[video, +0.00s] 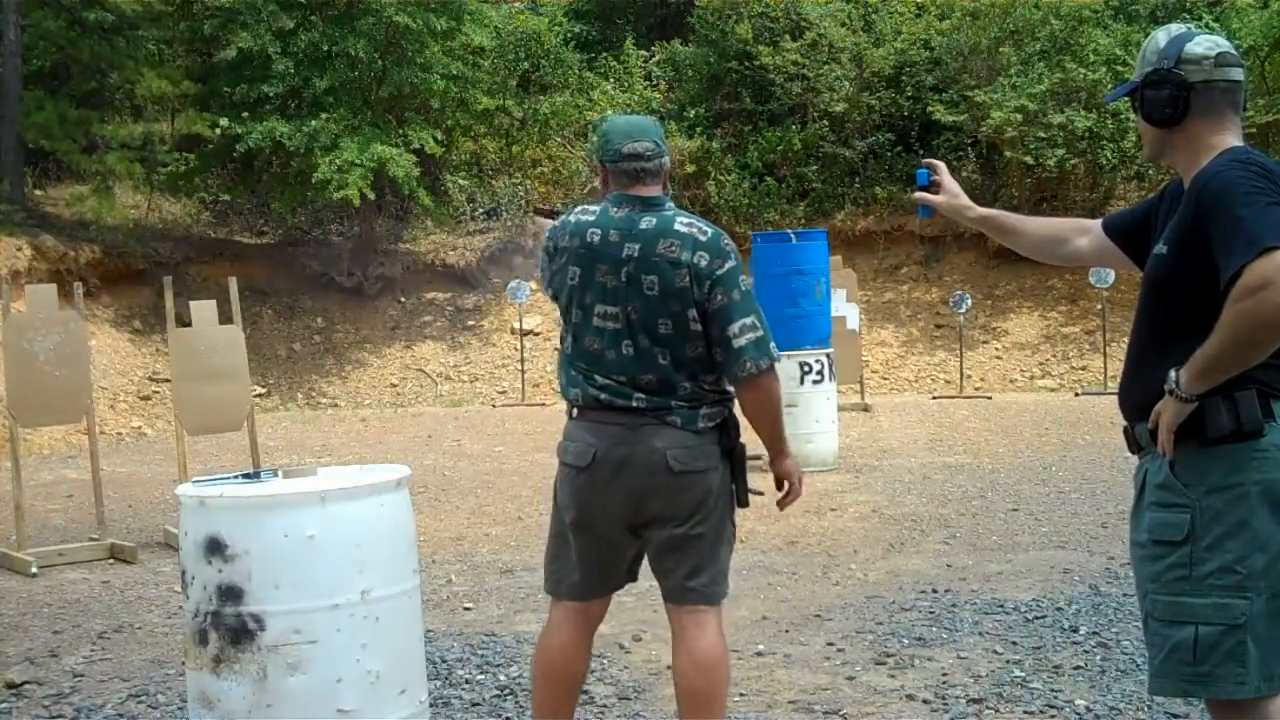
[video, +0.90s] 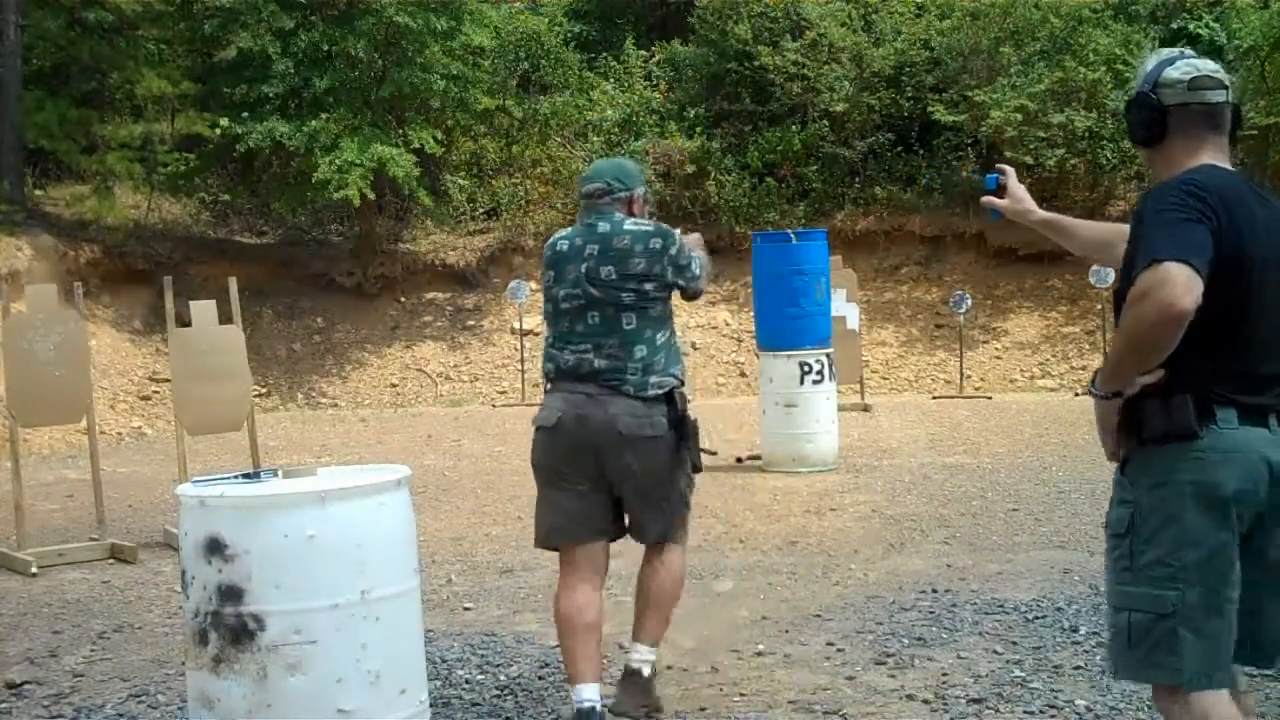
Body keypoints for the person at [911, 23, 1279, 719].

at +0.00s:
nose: (1137, 117)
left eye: (1142, 102)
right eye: (1138, 102)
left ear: (1169, 103)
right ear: (1218, 102)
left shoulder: (1234, 181)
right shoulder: (1186, 195)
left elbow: (1270, 288)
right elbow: (1082, 239)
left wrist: (1184, 388)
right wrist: (970, 213)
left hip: (1221, 462)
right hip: (1210, 456)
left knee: (1238, 693)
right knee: (1242, 686)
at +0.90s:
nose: (1136, 140)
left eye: (1138, 125)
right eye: (1138, 127)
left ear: (1148, 122)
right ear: (1226, 122)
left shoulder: (1178, 198)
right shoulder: (1261, 205)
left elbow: (1173, 297)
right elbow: (1137, 244)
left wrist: (1108, 384)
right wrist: (1033, 216)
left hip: (1188, 449)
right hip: (1265, 445)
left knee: (1184, 684)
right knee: (1219, 671)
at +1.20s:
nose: (1134, 140)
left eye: (1135, 128)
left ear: (1139, 131)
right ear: (1216, 132)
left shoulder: (1142, 207)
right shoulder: (1257, 214)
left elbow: (1110, 317)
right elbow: (1170, 250)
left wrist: (1038, 433)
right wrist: (1062, 220)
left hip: (1161, 449)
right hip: (1261, 447)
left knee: (1065, 638)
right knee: (1225, 644)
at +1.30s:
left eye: (1124, 134)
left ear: (1127, 140)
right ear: (1204, 140)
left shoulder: (1121, 213)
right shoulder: (1245, 220)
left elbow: (1089, 318)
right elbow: (1174, 259)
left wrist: (1039, 441)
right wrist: (1071, 227)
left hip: (1144, 448)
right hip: (1250, 447)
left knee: (1059, 622)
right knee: (1226, 645)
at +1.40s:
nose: (1111, 156)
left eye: (1112, 145)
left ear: (1113, 149)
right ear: (1185, 149)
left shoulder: (1108, 221)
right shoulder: (1230, 228)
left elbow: (1073, 326)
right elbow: (1157, 277)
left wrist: (1033, 446)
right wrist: (1067, 233)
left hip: (1125, 452)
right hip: (1230, 447)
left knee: (1061, 618)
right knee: (1218, 645)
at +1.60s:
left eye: (1069, 163)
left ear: (1068, 169)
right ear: (1140, 166)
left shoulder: (1055, 243)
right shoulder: (1178, 240)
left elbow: (1020, 347)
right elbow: (1123, 283)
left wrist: (987, 460)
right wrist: (1043, 238)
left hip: (1084, 453)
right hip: (1186, 447)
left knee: (1061, 630)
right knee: (1184, 641)